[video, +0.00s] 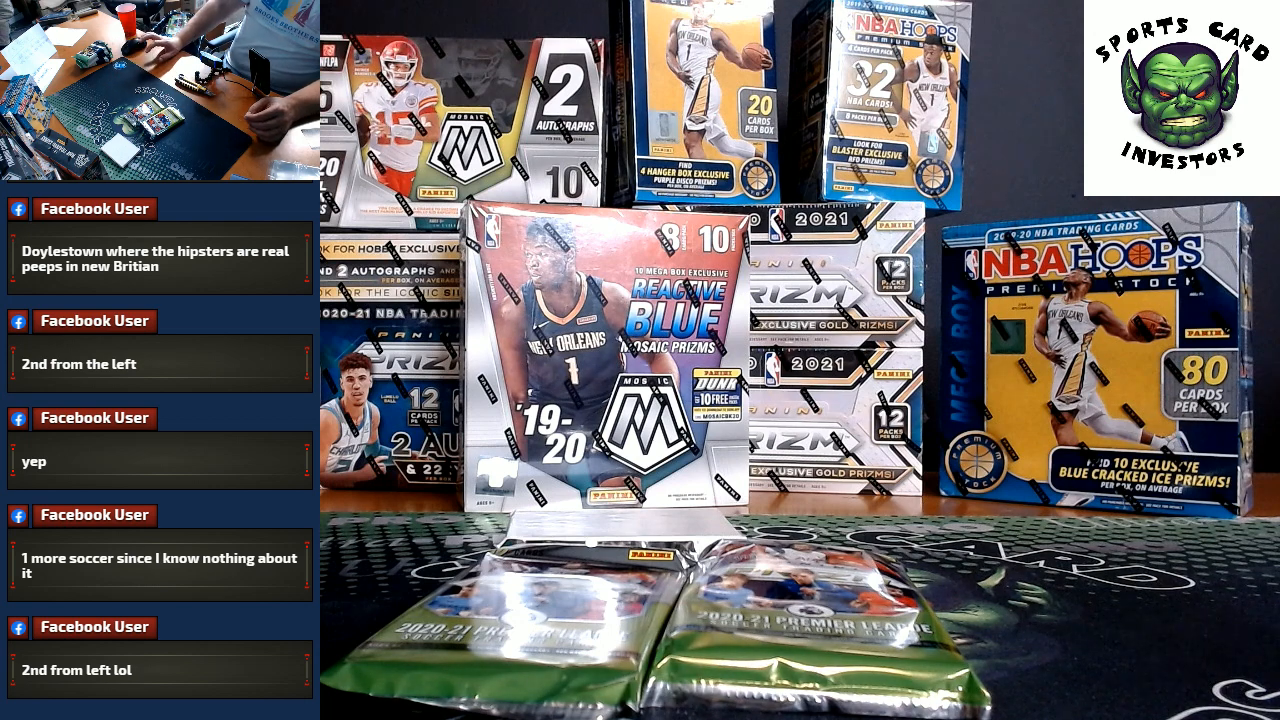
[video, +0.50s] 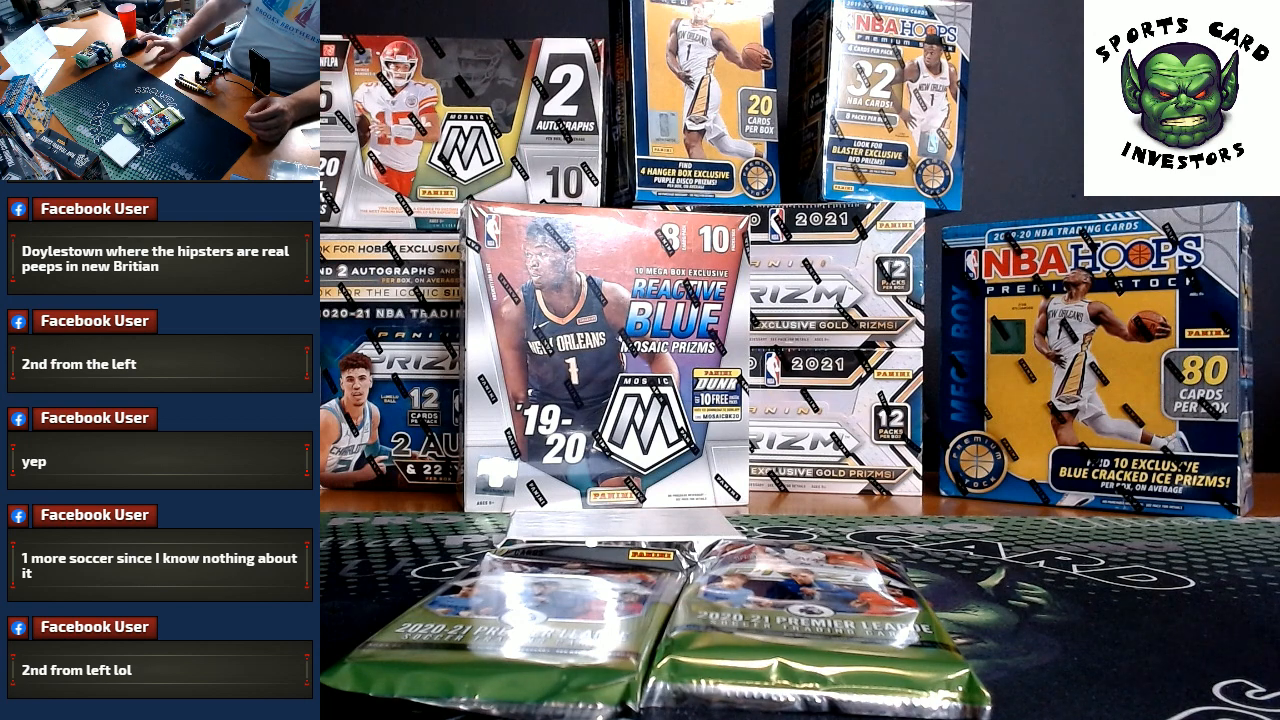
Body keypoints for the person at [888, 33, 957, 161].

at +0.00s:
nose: (929, 53)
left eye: (933, 49)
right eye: (926, 48)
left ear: (941, 52)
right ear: (923, 49)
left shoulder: (949, 71)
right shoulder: (913, 69)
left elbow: (956, 94)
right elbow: (886, 83)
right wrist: (900, 111)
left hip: (940, 117)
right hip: (918, 119)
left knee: (940, 154)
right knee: (923, 155)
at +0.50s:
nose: (928, 52)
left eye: (933, 49)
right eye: (926, 48)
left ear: (941, 52)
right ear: (923, 49)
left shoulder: (949, 71)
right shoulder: (913, 69)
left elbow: (955, 93)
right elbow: (886, 83)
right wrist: (900, 111)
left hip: (940, 117)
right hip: (918, 119)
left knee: (940, 154)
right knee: (923, 155)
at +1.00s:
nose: (928, 52)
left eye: (933, 49)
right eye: (926, 48)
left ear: (941, 52)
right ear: (923, 49)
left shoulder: (949, 71)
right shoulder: (913, 69)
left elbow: (955, 93)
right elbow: (886, 83)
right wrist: (900, 111)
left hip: (940, 117)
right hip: (918, 119)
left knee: (939, 155)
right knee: (923, 155)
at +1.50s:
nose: (929, 52)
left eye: (933, 49)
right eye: (926, 48)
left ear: (941, 52)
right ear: (923, 49)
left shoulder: (949, 70)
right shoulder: (913, 69)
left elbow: (955, 92)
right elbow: (886, 83)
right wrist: (900, 111)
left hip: (940, 117)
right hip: (918, 118)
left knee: (940, 154)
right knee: (922, 155)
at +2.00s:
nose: (928, 52)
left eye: (933, 49)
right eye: (926, 48)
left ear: (941, 52)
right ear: (923, 49)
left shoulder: (950, 71)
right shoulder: (913, 69)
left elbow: (955, 94)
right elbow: (886, 83)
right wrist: (900, 111)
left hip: (940, 116)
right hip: (918, 117)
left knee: (939, 153)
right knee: (923, 154)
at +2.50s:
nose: (928, 52)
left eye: (933, 49)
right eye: (926, 47)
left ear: (941, 51)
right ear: (923, 49)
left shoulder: (950, 70)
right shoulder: (913, 69)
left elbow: (955, 93)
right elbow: (886, 83)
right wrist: (900, 111)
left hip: (940, 116)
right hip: (918, 118)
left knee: (940, 153)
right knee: (923, 154)